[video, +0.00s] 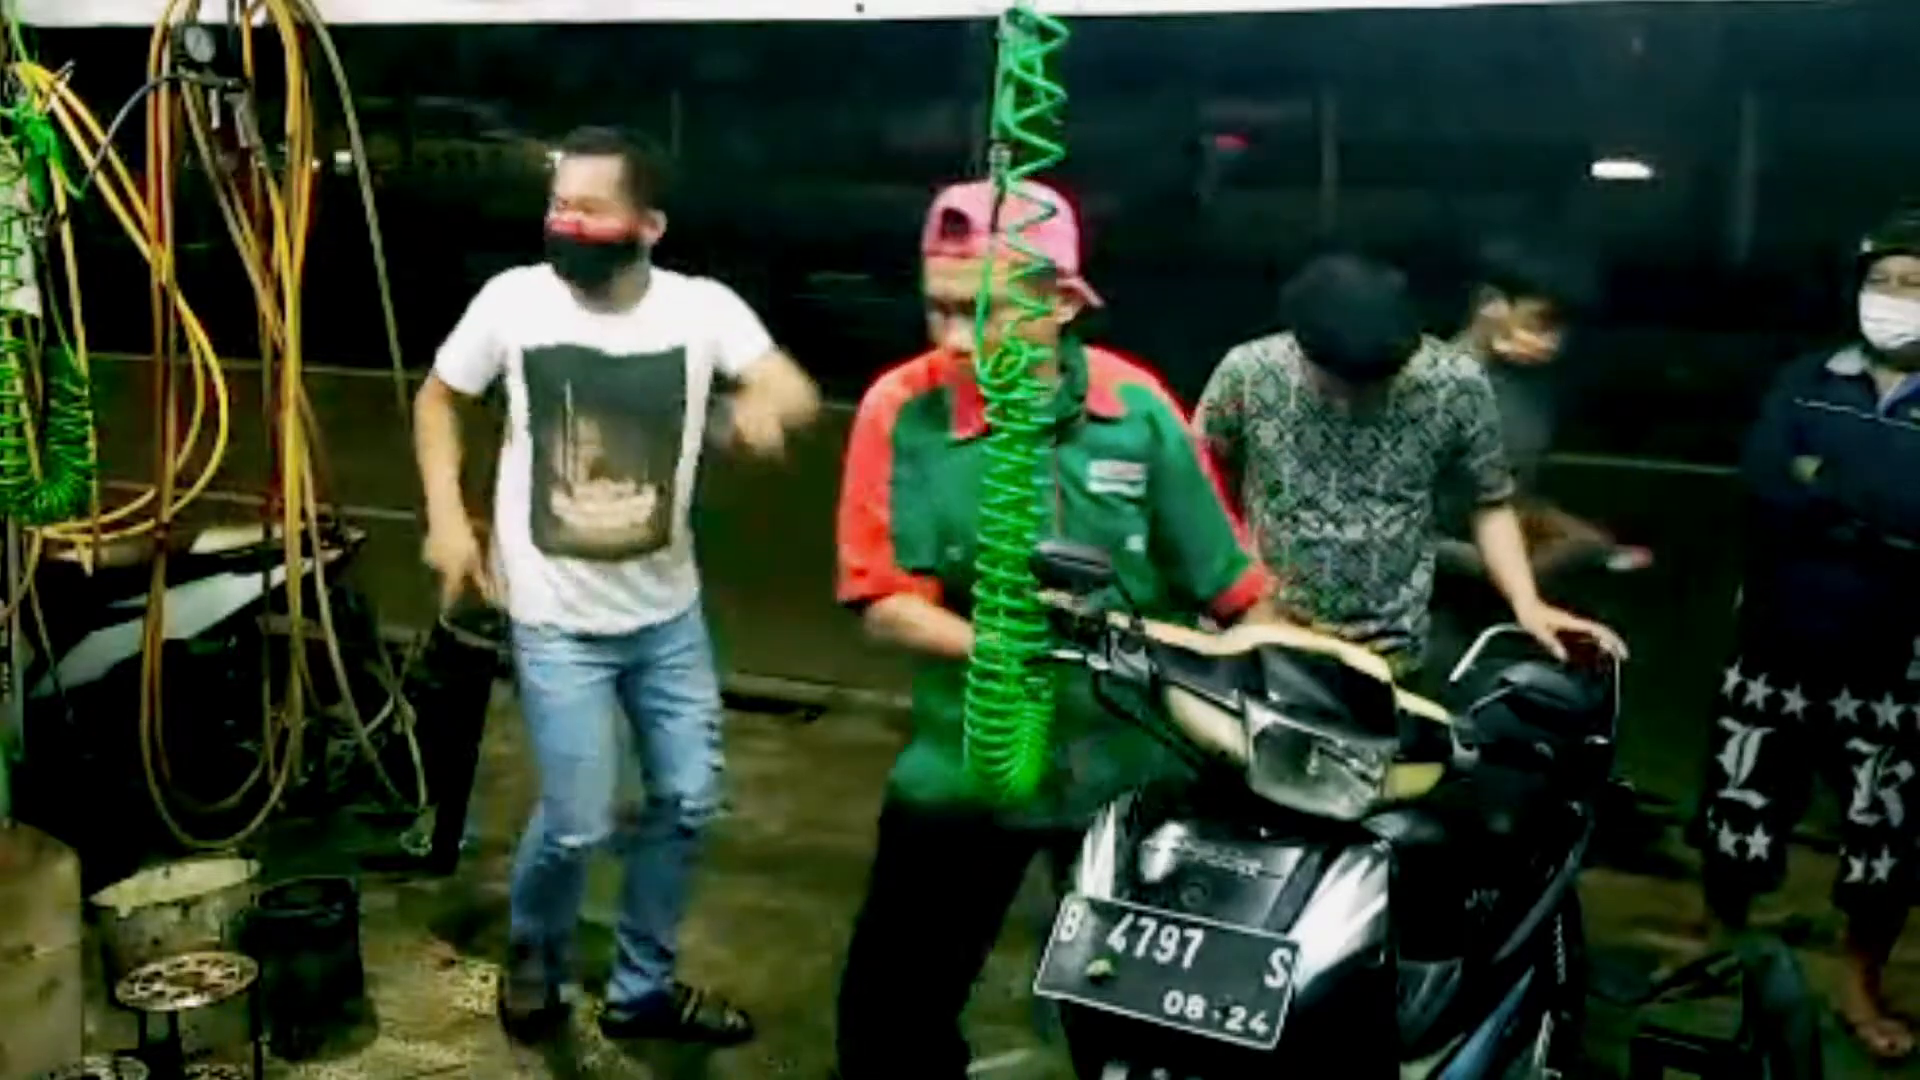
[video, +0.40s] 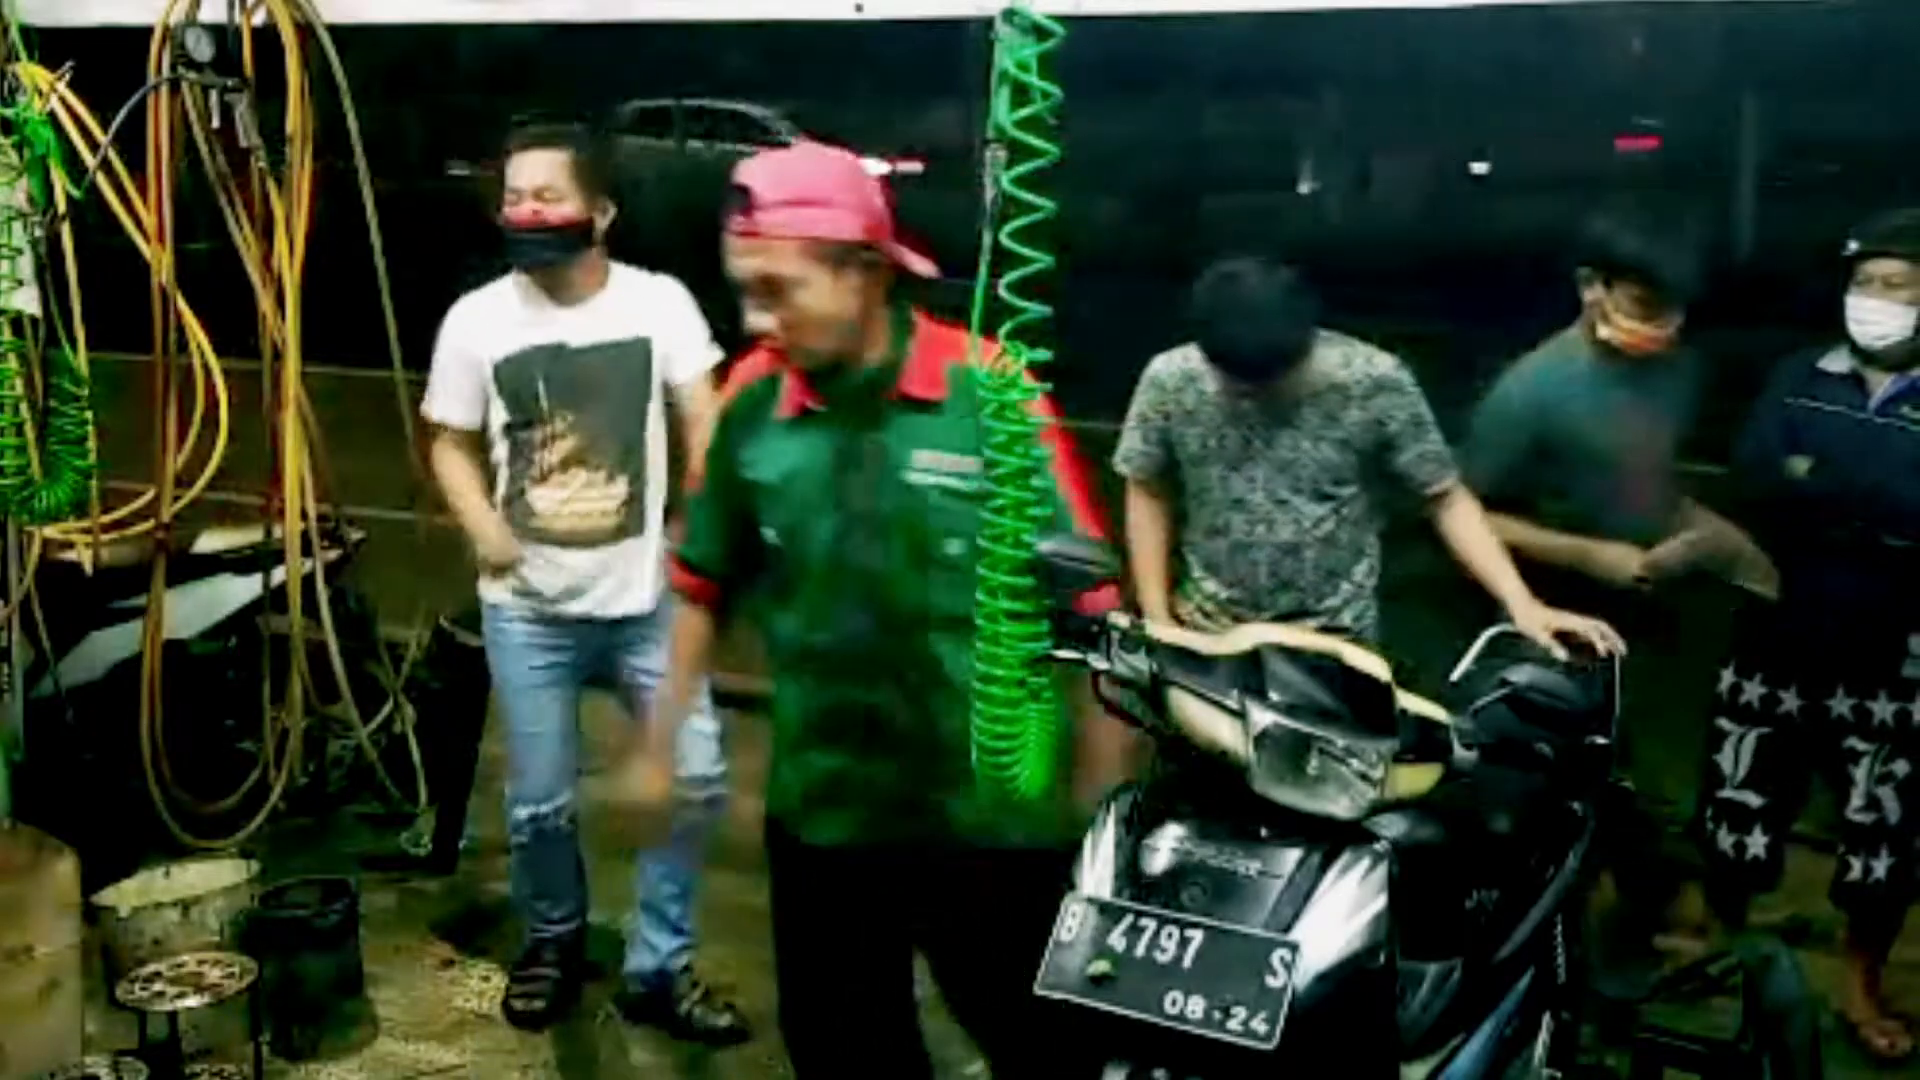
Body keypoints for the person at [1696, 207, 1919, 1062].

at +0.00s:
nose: (1897, 301)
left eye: (1913, 288)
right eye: (1885, 284)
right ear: (1858, 293)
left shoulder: (1918, 412)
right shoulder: (1807, 385)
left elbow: (1910, 517)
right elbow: (1761, 484)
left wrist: (1820, 475)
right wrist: (1871, 520)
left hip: (1889, 660)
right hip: (1782, 644)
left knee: (1884, 841)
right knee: (1737, 813)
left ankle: (1862, 981)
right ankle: (1716, 944)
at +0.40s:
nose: (1879, 304)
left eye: (1899, 291)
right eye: (1868, 286)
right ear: (1845, 293)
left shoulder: (1917, 411)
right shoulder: (1799, 384)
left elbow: (1909, 512)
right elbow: (1748, 483)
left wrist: (1814, 476)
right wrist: (1860, 507)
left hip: (1890, 649)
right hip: (1782, 632)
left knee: (1883, 832)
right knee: (1737, 799)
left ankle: (1863, 980)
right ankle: (1719, 932)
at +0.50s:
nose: (1876, 306)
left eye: (1896, 292)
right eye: (1864, 288)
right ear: (1838, 296)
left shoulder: (1918, 406)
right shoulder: (1787, 388)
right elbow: (1725, 496)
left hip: (1892, 656)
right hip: (1784, 643)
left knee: (1886, 837)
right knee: (1757, 808)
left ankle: (1862, 984)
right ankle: (1724, 942)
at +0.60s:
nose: (1872, 305)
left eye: (1892, 291)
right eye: (1861, 287)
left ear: (1919, 303)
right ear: (1837, 291)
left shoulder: (1913, 402)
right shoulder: (1802, 389)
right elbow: (1770, 504)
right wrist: (1818, 583)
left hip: (1904, 643)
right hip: (1821, 633)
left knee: (1885, 823)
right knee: (1795, 805)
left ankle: (1860, 979)